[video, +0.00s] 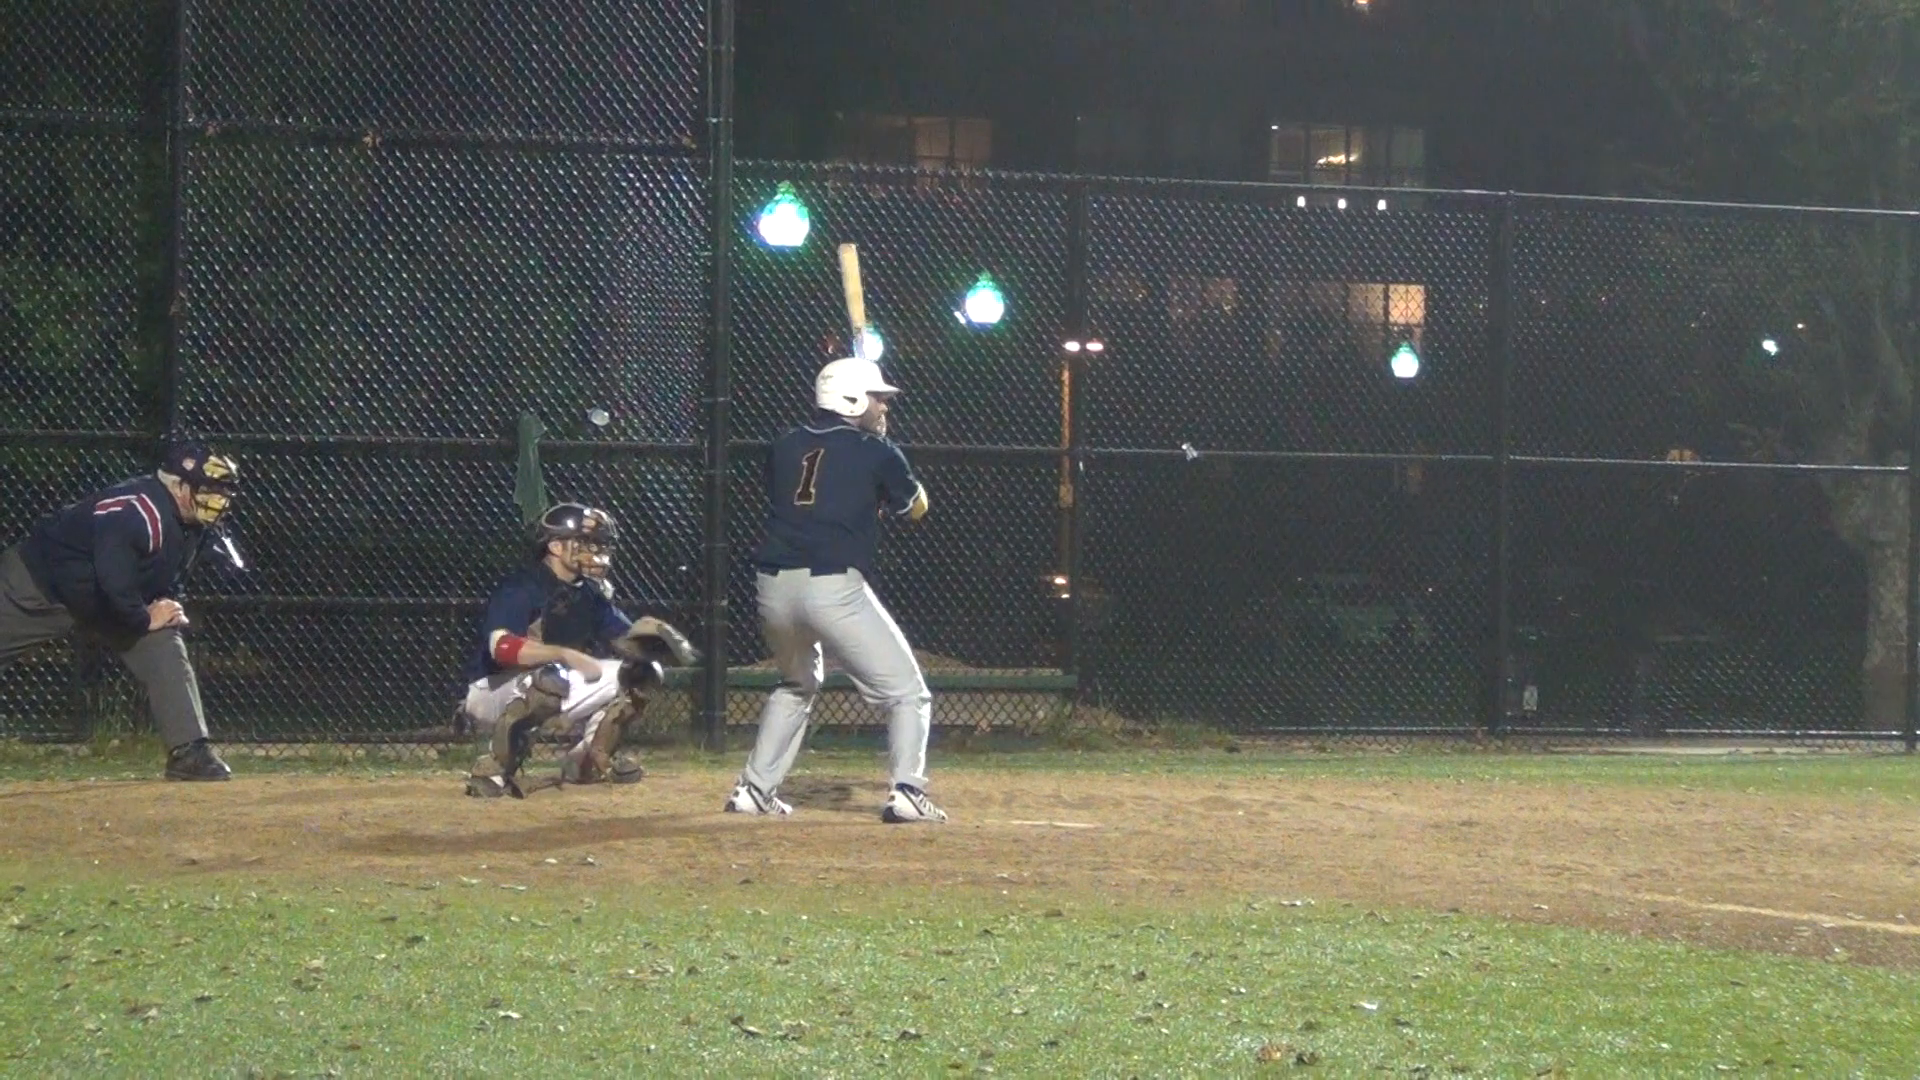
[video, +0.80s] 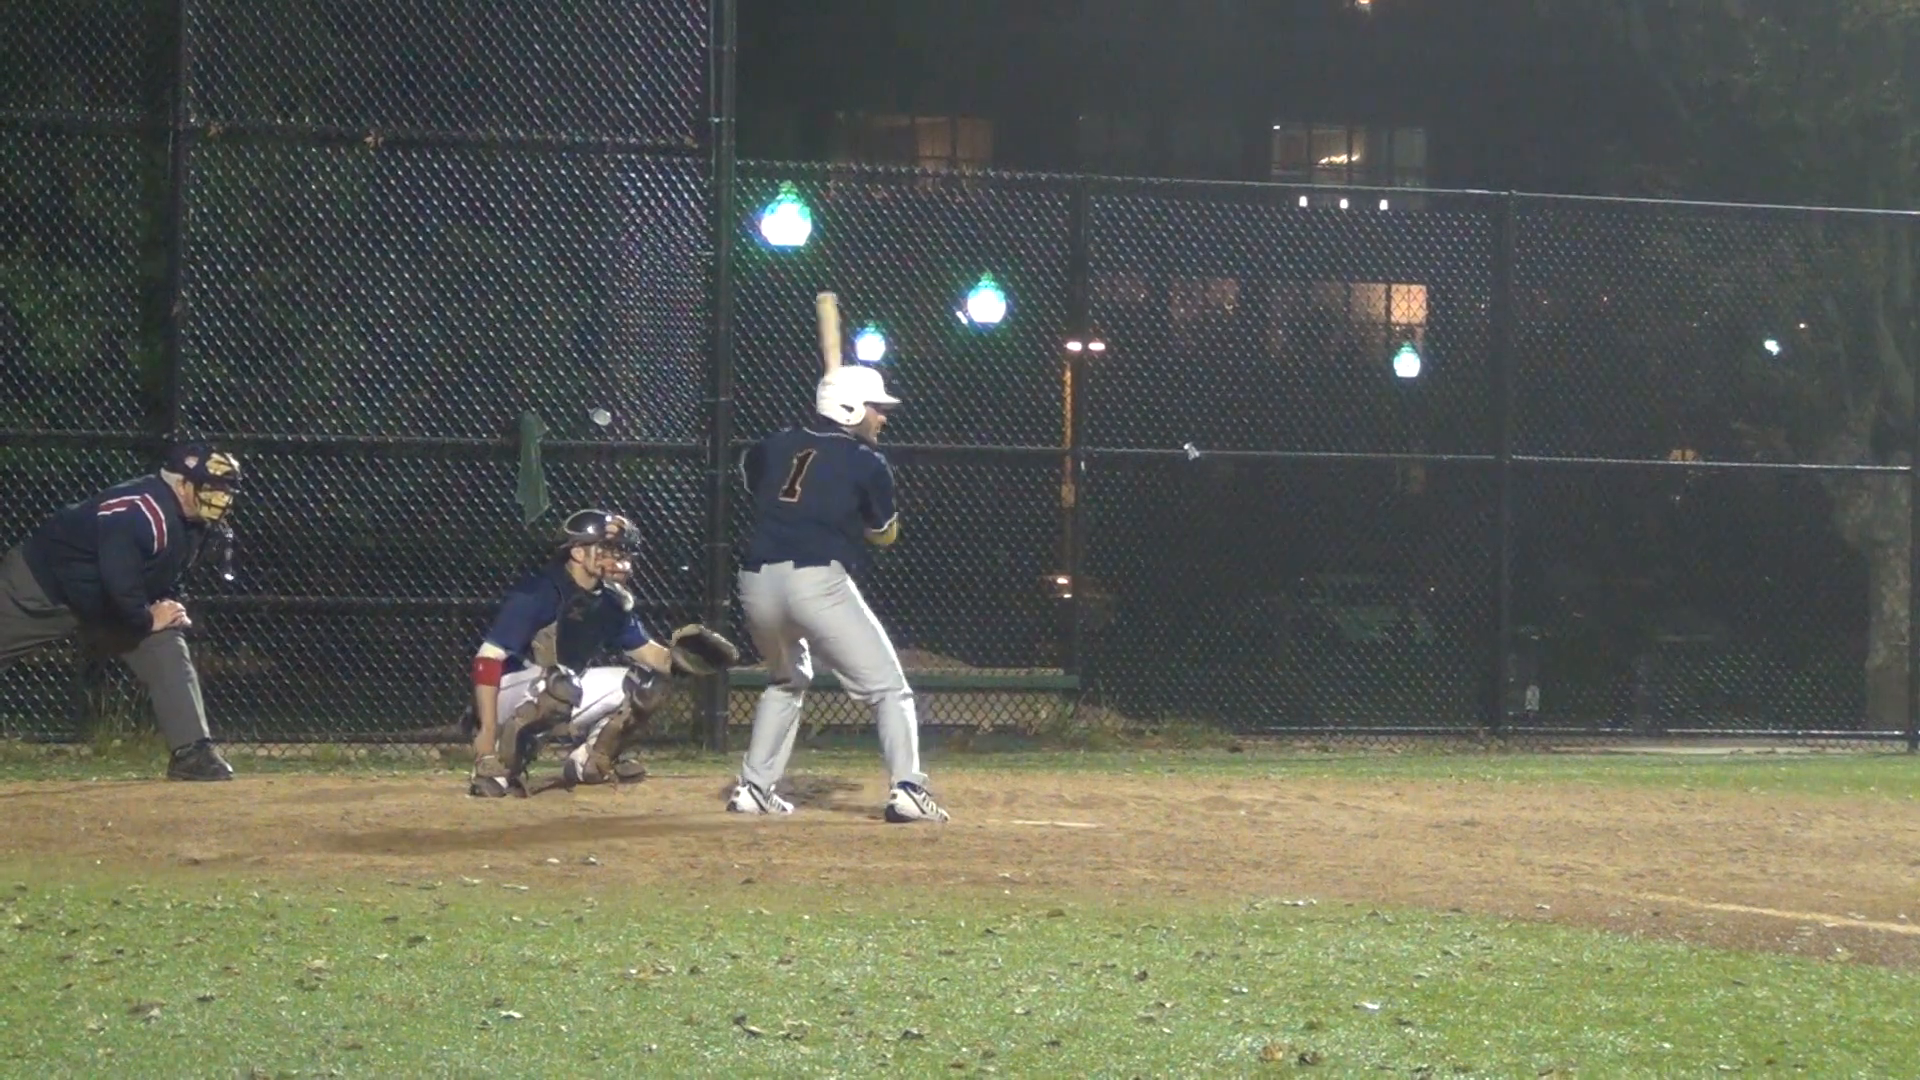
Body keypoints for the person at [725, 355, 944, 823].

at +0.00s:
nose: (884, 407)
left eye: (883, 398)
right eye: (878, 399)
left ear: (827, 402)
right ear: (856, 403)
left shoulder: (784, 443)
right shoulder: (876, 452)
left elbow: (804, 497)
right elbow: (917, 508)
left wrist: (867, 442)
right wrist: (885, 447)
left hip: (772, 588)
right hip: (835, 589)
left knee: (796, 684)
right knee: (909, 695)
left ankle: (754, 790)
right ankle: (908, 793)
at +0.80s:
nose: (883, 418)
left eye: (883, 409)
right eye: (877, 409)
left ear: (830, 409)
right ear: (850, 409)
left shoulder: (774, 443)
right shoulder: (868, 462)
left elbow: (751, 481)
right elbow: (883, 535)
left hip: (756, 581)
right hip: (819, 581)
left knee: (786, 680)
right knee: (889, 690)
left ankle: (754, 787)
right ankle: (908, 789)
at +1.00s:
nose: (869, 414)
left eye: (869, 405)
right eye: (863, 405)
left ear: (817, 402)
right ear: (839, 404)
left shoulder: (766, 430)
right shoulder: (859, 456)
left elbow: (705, 429)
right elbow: (858, 510)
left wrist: (741, 422)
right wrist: (874, 510)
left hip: (760, 577)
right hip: (824, 574)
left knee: (772, 679)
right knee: (897, 670)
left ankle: (753, 787)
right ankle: (913, 733)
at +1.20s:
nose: (877, 416)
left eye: (877, 407)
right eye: (871, 407)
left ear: (821, 406)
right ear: (849, 407)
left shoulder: (775, 441)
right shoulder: (873, 453)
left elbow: (700, 458)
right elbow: (872, 508)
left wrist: (750, 446)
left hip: (777, 579)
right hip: (841, 574)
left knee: (785, 681)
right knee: (920, 670)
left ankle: (754, 787)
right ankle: (952, 759)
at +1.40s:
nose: (905, 444)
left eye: (905, 435)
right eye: (901, 434)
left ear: (849, 429)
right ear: (886, 429)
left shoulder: (802, 468)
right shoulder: (903, 473)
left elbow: (732, 512)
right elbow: (910, 534)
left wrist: (784, 480)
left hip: (807, 599)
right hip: (873, 595)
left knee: (803, 688)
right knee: (954, 699)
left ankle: (759, 787)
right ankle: (977, 794)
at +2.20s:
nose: (861, 423)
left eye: (863, 415)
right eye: (860, 413)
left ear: (810, 390)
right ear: (848, 405)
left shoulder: (754, 423)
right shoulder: (852, 450)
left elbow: (680, 448)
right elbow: (848, 511)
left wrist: (729, 476)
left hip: (752, 567)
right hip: (816, 563)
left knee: (771, 676)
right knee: (889, 671)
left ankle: (760, 785)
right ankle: (933, 776)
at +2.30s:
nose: (855, 405)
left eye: (858, 396)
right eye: (855, 395)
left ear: (802, 376)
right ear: (841, 390)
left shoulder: (746, 412)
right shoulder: (845, 436)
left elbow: (675, 452)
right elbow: (837, 504)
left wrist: (702, 503)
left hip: (742, 552)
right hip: (806, 549)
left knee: (767, 670)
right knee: (869, 663)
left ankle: (759, 786)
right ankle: (880, 776)